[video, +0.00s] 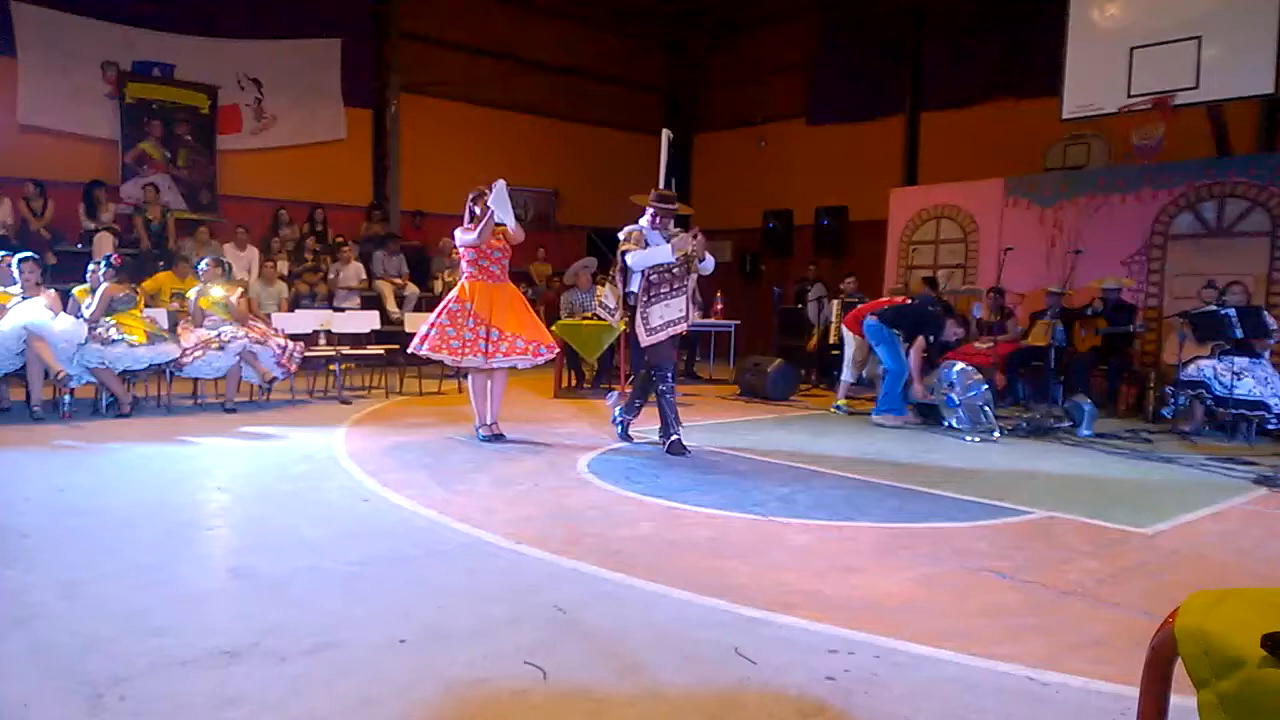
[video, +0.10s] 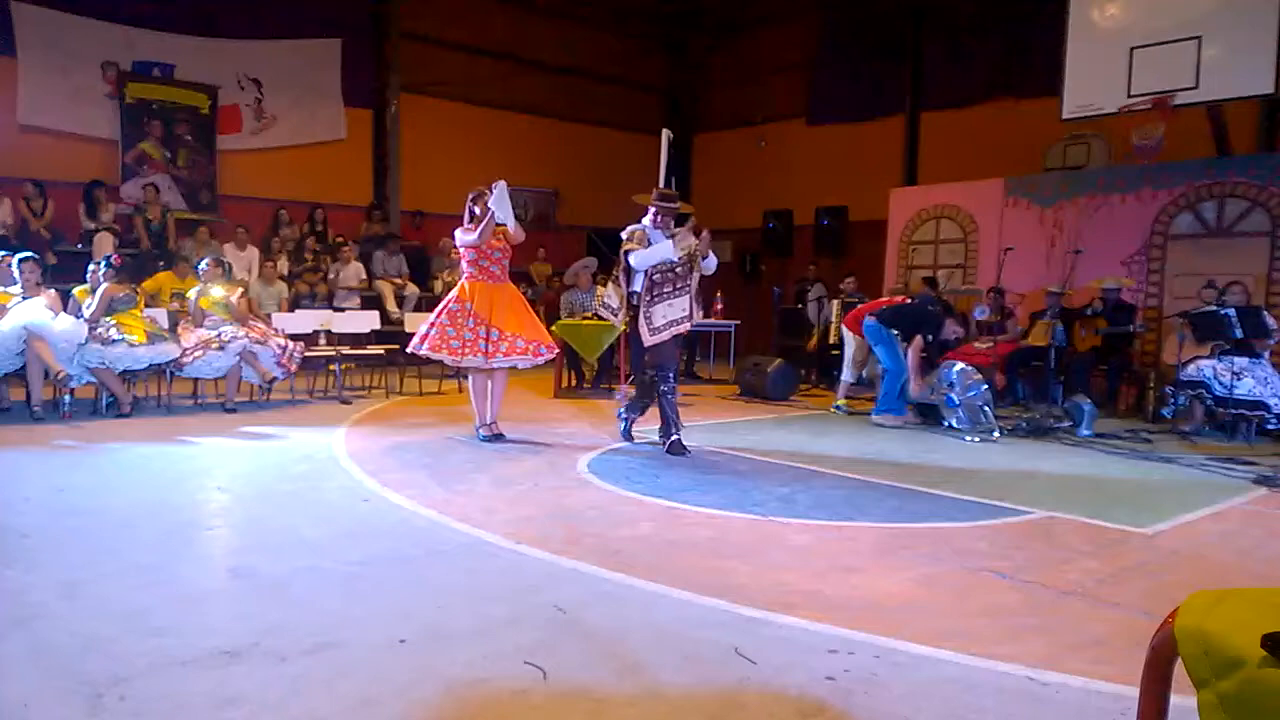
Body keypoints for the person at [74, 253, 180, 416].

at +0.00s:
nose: (100, 274)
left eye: (102, 271)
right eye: (100, 271)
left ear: (110, 272)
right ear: (122, 271)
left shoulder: (108, 288)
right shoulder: (135, 289)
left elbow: (93, 317)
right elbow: (137, 313)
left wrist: (84, 305)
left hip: (122, 336)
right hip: (139, 334)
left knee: (88, 354)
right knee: (88, 352)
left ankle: (124, 397)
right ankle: (123, 395)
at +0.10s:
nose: (100, 274)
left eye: (102, 271)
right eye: (100, 271)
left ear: (110, 272)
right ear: (122, 271)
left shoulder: (108, 289)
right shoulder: (135, 289)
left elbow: (93, 317)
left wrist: (85, 305)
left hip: (123, 336)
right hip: (139, 334)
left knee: (88, 354)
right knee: (88, 352)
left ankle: (124, 397)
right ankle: (123, 395)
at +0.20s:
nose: (100, 274)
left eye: (103, 271)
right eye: (100, 271)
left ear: (110, 272)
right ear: (124, 271)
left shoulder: (108, 289)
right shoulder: (135, 289)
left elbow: (93, 318)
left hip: (122, 337)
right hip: (140, 335)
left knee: (88, 354)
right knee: (88, 352)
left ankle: (124, 398)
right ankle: (124, 395)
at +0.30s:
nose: (101, 275)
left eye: (103, 271)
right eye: (101, 271)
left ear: (111, 272)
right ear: (124, 272)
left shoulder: (108, 289)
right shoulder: (135, 290)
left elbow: (95, 318)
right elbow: (137, 315)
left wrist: (90, 331)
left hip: (123, 337)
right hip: (140, 335)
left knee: (89, 354)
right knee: (89, 352)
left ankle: (124, 398)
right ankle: (124, 396)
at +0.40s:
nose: (101, 275)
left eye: (103, 271)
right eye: (101, 271)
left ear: (110, 272)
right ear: (124, 271)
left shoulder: (108, 288)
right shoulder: (135, 290)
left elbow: (96, 318)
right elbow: (137, 315)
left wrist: (86, 330)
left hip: (123, 337)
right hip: (140, 335)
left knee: (89, 354)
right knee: (89, 353)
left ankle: (124, 397)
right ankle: (124, 396)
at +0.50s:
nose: (102, 275)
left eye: (104, 271)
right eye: (102, 271)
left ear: (112, 272)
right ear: (123, 272)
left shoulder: (109, 288)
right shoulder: (135, 289)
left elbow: (97, 319)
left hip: (126, 336)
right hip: (141, 334)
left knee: (89, 354)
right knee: (89, 352)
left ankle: (124, 397)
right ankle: (124, 396)